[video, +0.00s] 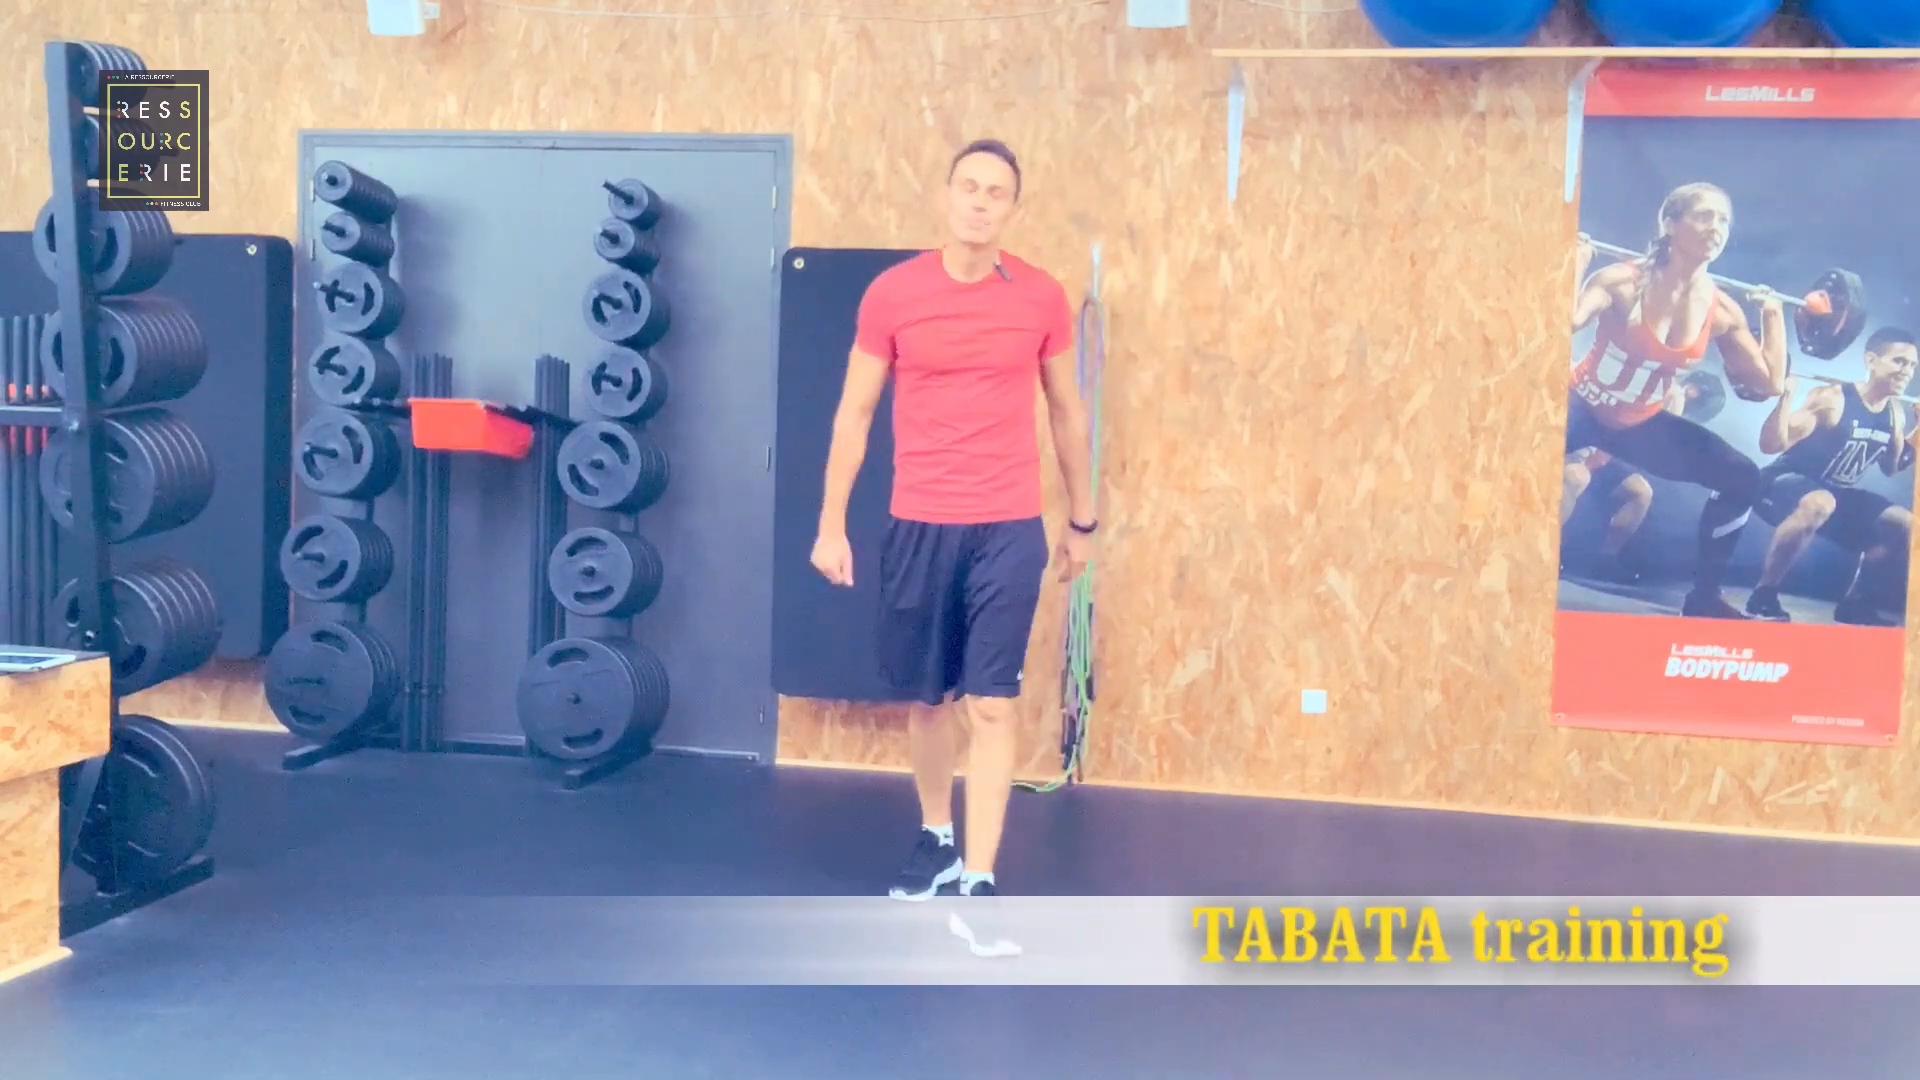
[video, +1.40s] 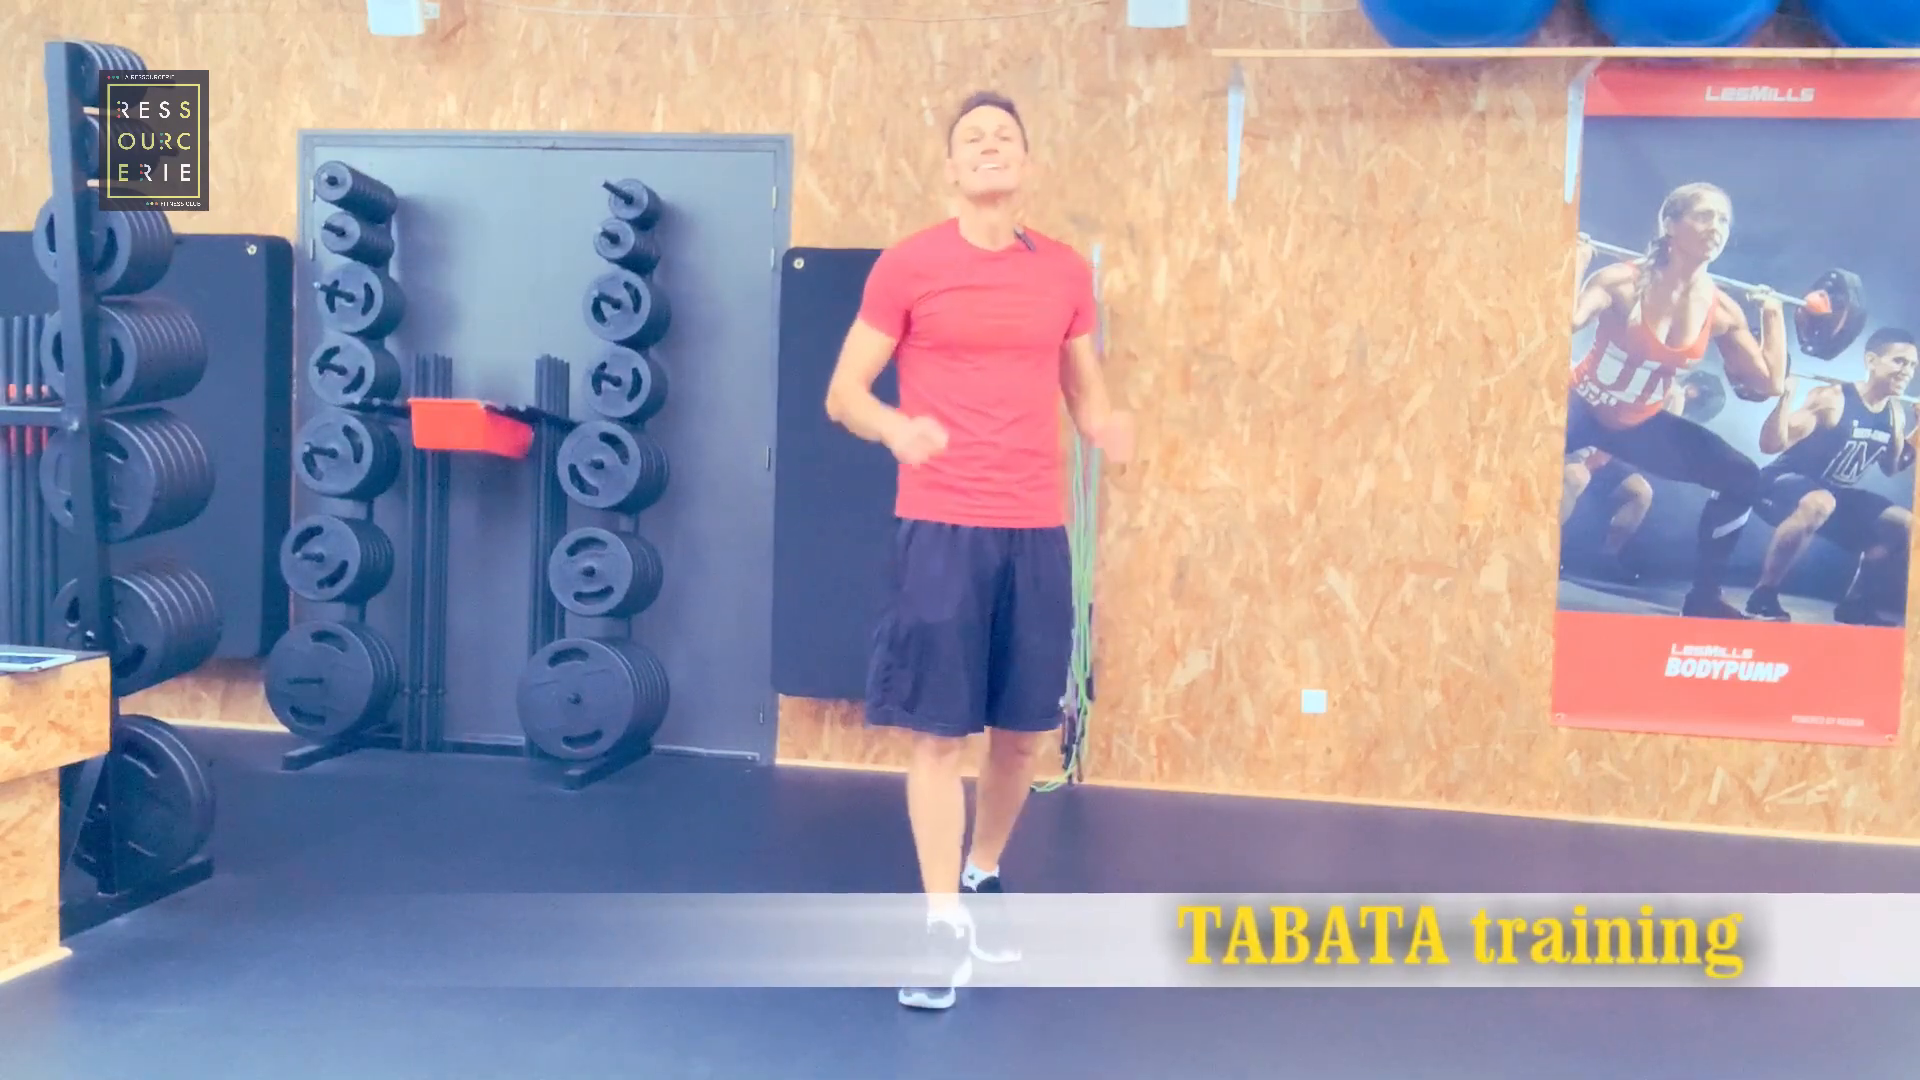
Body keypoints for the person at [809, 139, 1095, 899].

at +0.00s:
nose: (979, 202)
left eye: (995, 193)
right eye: (969, 187)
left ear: (1013, 211)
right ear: (943, 196)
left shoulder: (1043, 300)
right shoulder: (892, 293)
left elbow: (1065, 408)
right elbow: (853, 413)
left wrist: (1081, 515)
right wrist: (830, 525)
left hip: (1010, 530)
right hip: (918, 529)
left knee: (990, 704)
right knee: (927, 701)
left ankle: (978, 883)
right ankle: (937, 840)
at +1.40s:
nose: (989, 153)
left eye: (1003, 141)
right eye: (972, 142)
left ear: (1029, 164)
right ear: (948, 166)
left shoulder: (1066, 270)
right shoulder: (907, 264)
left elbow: (1089, 395)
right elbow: (843, 393)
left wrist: (1107, 428)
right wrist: (892, 424)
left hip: (1037, 525)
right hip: (940, 524)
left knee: (1022, 730)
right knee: (942, 730)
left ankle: (979, 877)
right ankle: (942, 923)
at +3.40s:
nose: (1014, 197)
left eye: (1030, 185)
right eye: (1003, 182)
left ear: (1053, 200)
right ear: (981, 193)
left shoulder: (1085, 291)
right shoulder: (935, 289)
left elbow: (1123, 406)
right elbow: (883, 406)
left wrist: (1102, 496)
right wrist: (914, 494)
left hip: (1056, 529)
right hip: (961, 528)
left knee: (1058, 712)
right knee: (963, 707)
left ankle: (1066, 902)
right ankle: (959, 876)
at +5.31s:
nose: (1047, 197)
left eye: (1062, 186)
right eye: (1037, 184)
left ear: (1087, 203)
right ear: (1018, 198)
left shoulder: (1116, 299)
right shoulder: (971, 290)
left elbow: (1137, 416)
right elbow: (931, 411)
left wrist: (1116, 522)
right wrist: (949, 516)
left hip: (1077, 529)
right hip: (985, 523)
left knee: (1060, 697)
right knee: (974, 695)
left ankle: (1043, 851)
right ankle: (961, 867)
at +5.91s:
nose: (1004, 179)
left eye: (1019, 169)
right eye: (991, 168)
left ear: (1043, 192)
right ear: (969, 190)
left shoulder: (1074, 287)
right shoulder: (925, 283)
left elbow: (1110, 419)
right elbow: (884, 410)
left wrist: (1103, 392)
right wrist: (895, 520)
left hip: (1047, 521)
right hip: (951, 523)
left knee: (1063, 702)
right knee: (957, 702)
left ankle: (1071, 882)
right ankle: (961, 869)